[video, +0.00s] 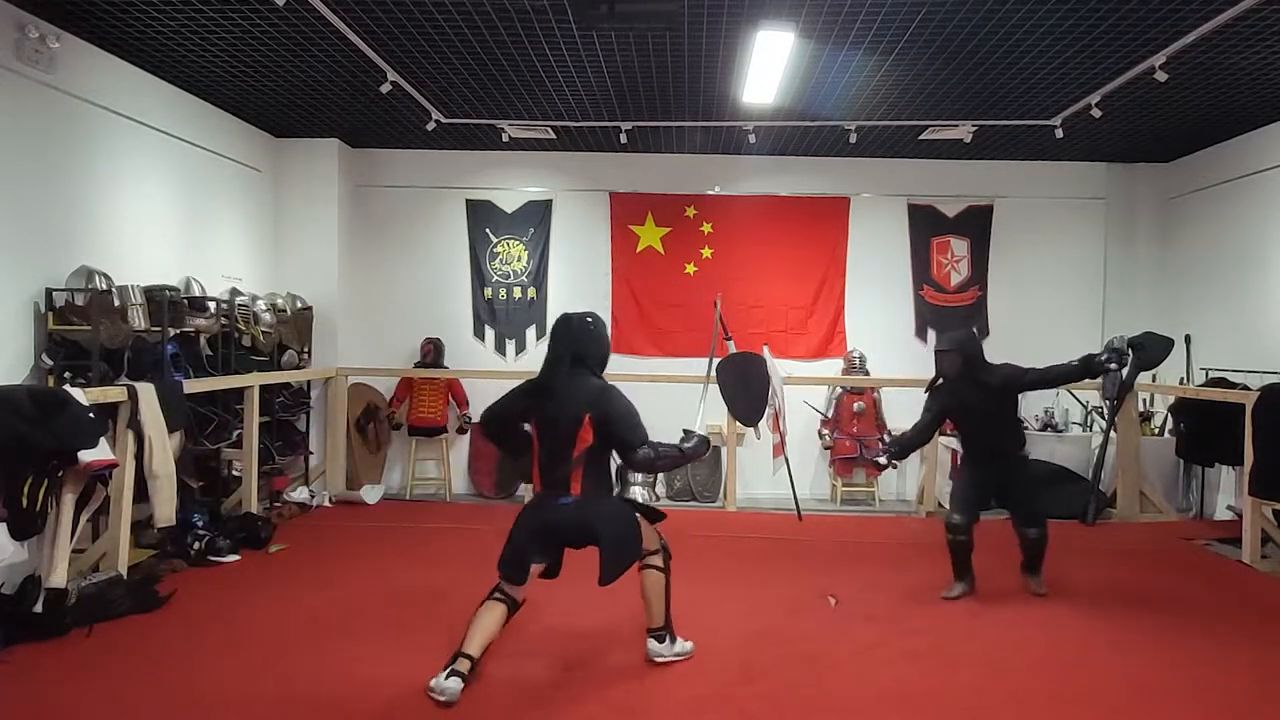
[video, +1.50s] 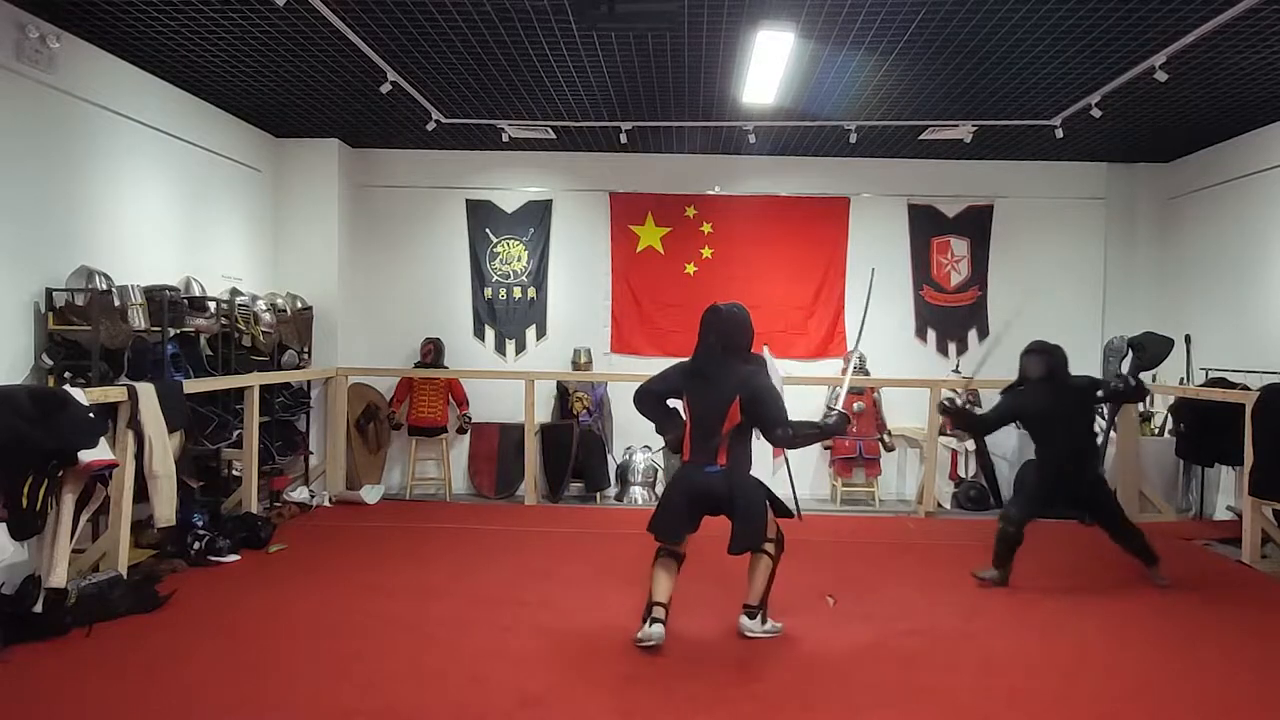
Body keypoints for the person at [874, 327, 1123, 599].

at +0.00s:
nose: (942, 362)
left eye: (948, 355)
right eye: (940, 355)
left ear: (967, 354)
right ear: (938, 357)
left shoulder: (1002, 377)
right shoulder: (944, 393)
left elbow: (1048, 375)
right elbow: (924, 428)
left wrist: (1091, 364)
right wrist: (895, 450)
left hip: (1012, 462)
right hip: (973, 465)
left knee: (1033, 529)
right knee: (957, 523)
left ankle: (1032, 573)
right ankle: (963, 580)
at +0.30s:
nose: (973, 367)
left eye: (979, 361)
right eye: (972, 361)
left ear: (998, 361)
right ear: (975, 363)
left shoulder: (1033, 382)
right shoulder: (976, 397)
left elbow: (1074, 386)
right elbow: (963, 435)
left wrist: (1109, 379)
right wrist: (933, 437)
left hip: (1037, 471)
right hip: (999, 472)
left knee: (1058, 533)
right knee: (975, 520)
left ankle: (1079, 567)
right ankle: (964, 579)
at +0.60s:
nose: (1015, 352)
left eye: (1021, 345)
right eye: (1013, 346)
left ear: (1038, 345)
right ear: (1011, 348)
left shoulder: (1070, 370)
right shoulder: (1011, 383)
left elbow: (1108, 379)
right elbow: (997, 420)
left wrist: (1142, 380)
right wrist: (973, 415)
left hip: (1067, 457)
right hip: (1030, 456)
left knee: (1071, 524)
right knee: (1008, 512)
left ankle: (1083, 569)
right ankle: (1006, 572)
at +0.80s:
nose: (1050, 369)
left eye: (1055, 361)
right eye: (1043, 363)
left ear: (1068, 357)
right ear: (1034, 361)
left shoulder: (1089, 376)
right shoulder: (1027, 383)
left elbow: (1140, 383)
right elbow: (990, 392)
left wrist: (1126, 380)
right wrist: (954, 391)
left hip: (1088, 472)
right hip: (1047, 470)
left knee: (1109, 535)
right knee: (1019, 505)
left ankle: (1128, 559)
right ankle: (1009, 572)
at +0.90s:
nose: (1067, 367)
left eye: (1073, 359)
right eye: (1060, 361)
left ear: (1087, 360)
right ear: (1051, 363)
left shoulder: (1108, 384)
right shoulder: (1045, 388)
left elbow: (1159, 396)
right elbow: (1005, 402)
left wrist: (1140, 378)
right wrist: (966, 408)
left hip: (1104, 477)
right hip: (1064, 476)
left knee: (1131, 537)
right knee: (1037, 522)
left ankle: (1153, 563)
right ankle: (1011, 573)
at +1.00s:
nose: (1083, 377)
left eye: (1087, 369)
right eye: (1077, 370)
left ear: (1102, 366)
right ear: (1069, 369)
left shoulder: (1126, 389)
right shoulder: (1062, 398)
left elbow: (1169, 408)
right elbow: (1029, 423)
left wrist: (1172, 399)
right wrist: (992, 438)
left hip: (1120, 476)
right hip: (1081, 476)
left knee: (1137, 528)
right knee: (1055, 523)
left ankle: (1156, 568)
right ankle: (1020, 572)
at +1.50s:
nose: (1032, 368)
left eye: (1037, 362)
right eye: (1028, 362)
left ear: (1052, 365)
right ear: (1023, 368)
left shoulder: (1082, 388)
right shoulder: (1018, 398)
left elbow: (1136, 394)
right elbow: (983, 425)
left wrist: (1130, 389)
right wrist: (958, 415)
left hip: (1083, 474)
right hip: (1042, 474)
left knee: (1117, 524)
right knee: (1012, 518)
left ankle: (1153, 566)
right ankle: (1000, 571)